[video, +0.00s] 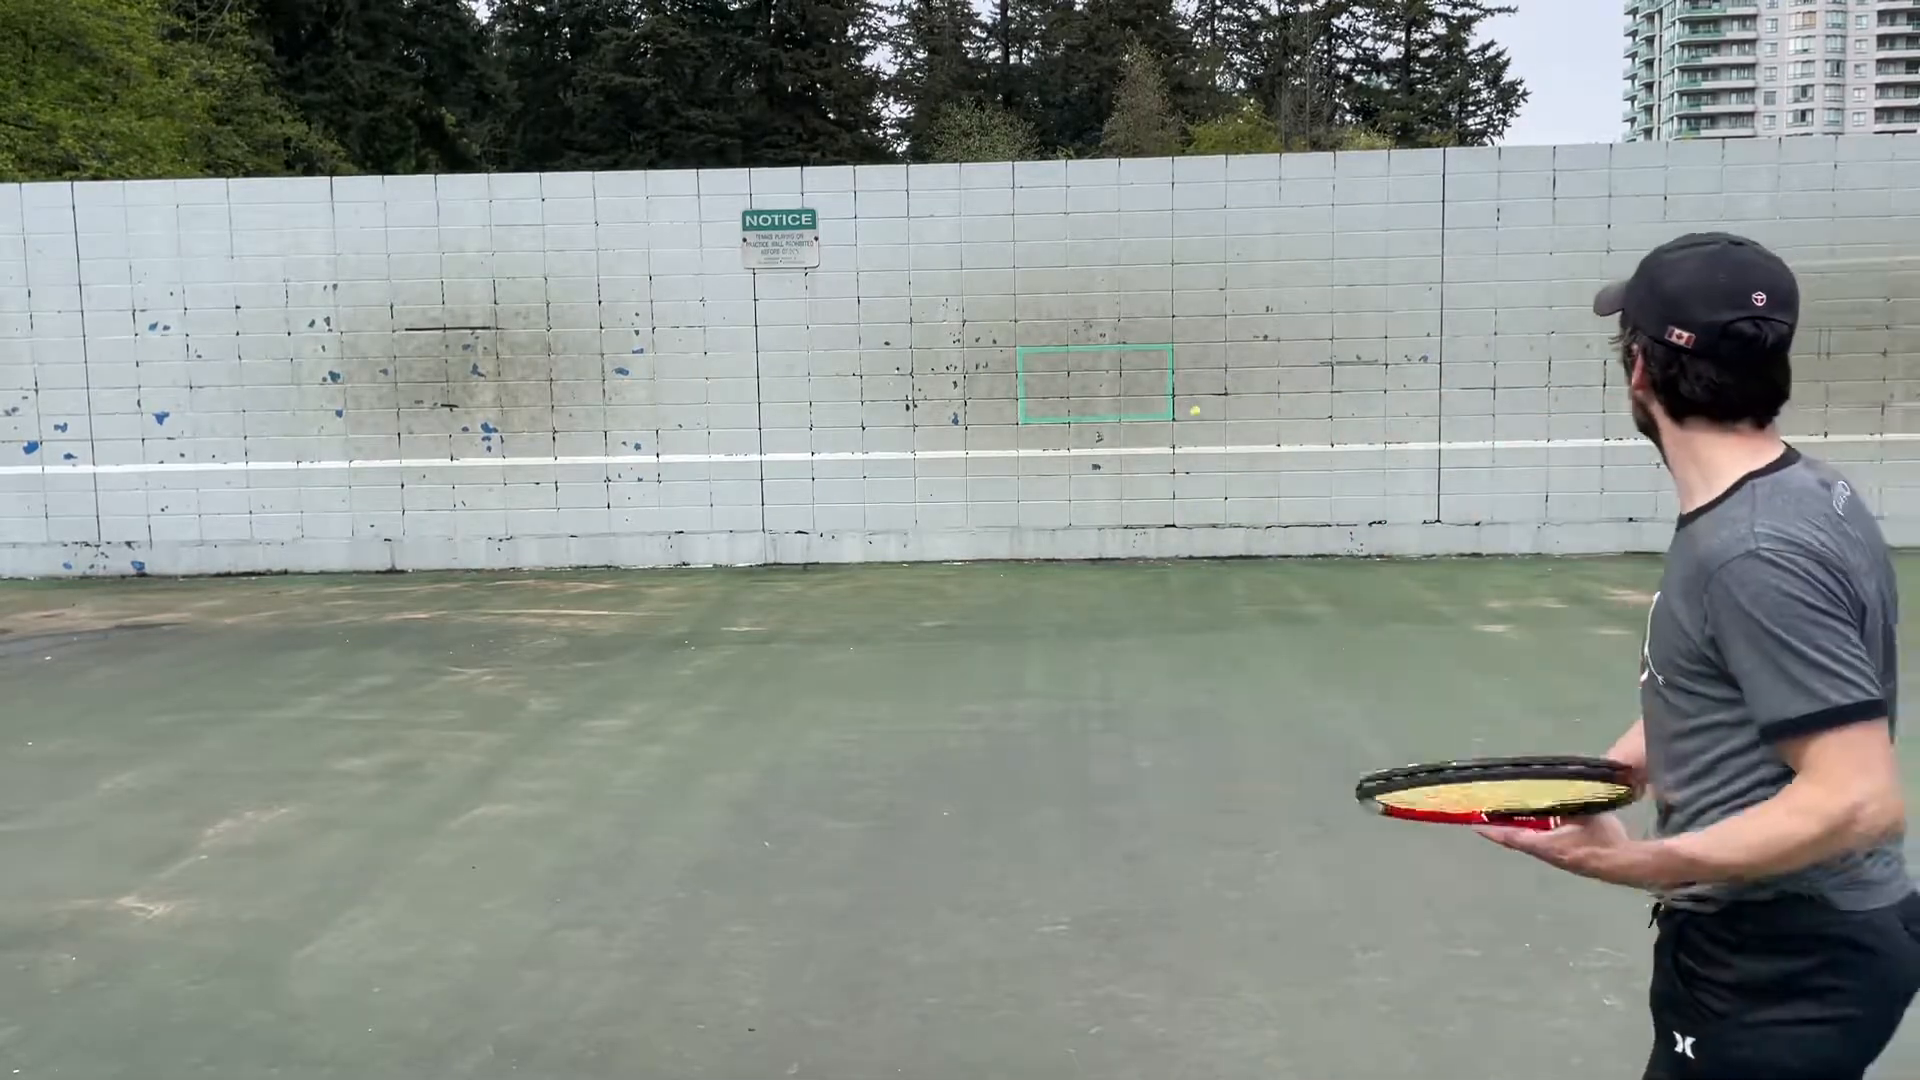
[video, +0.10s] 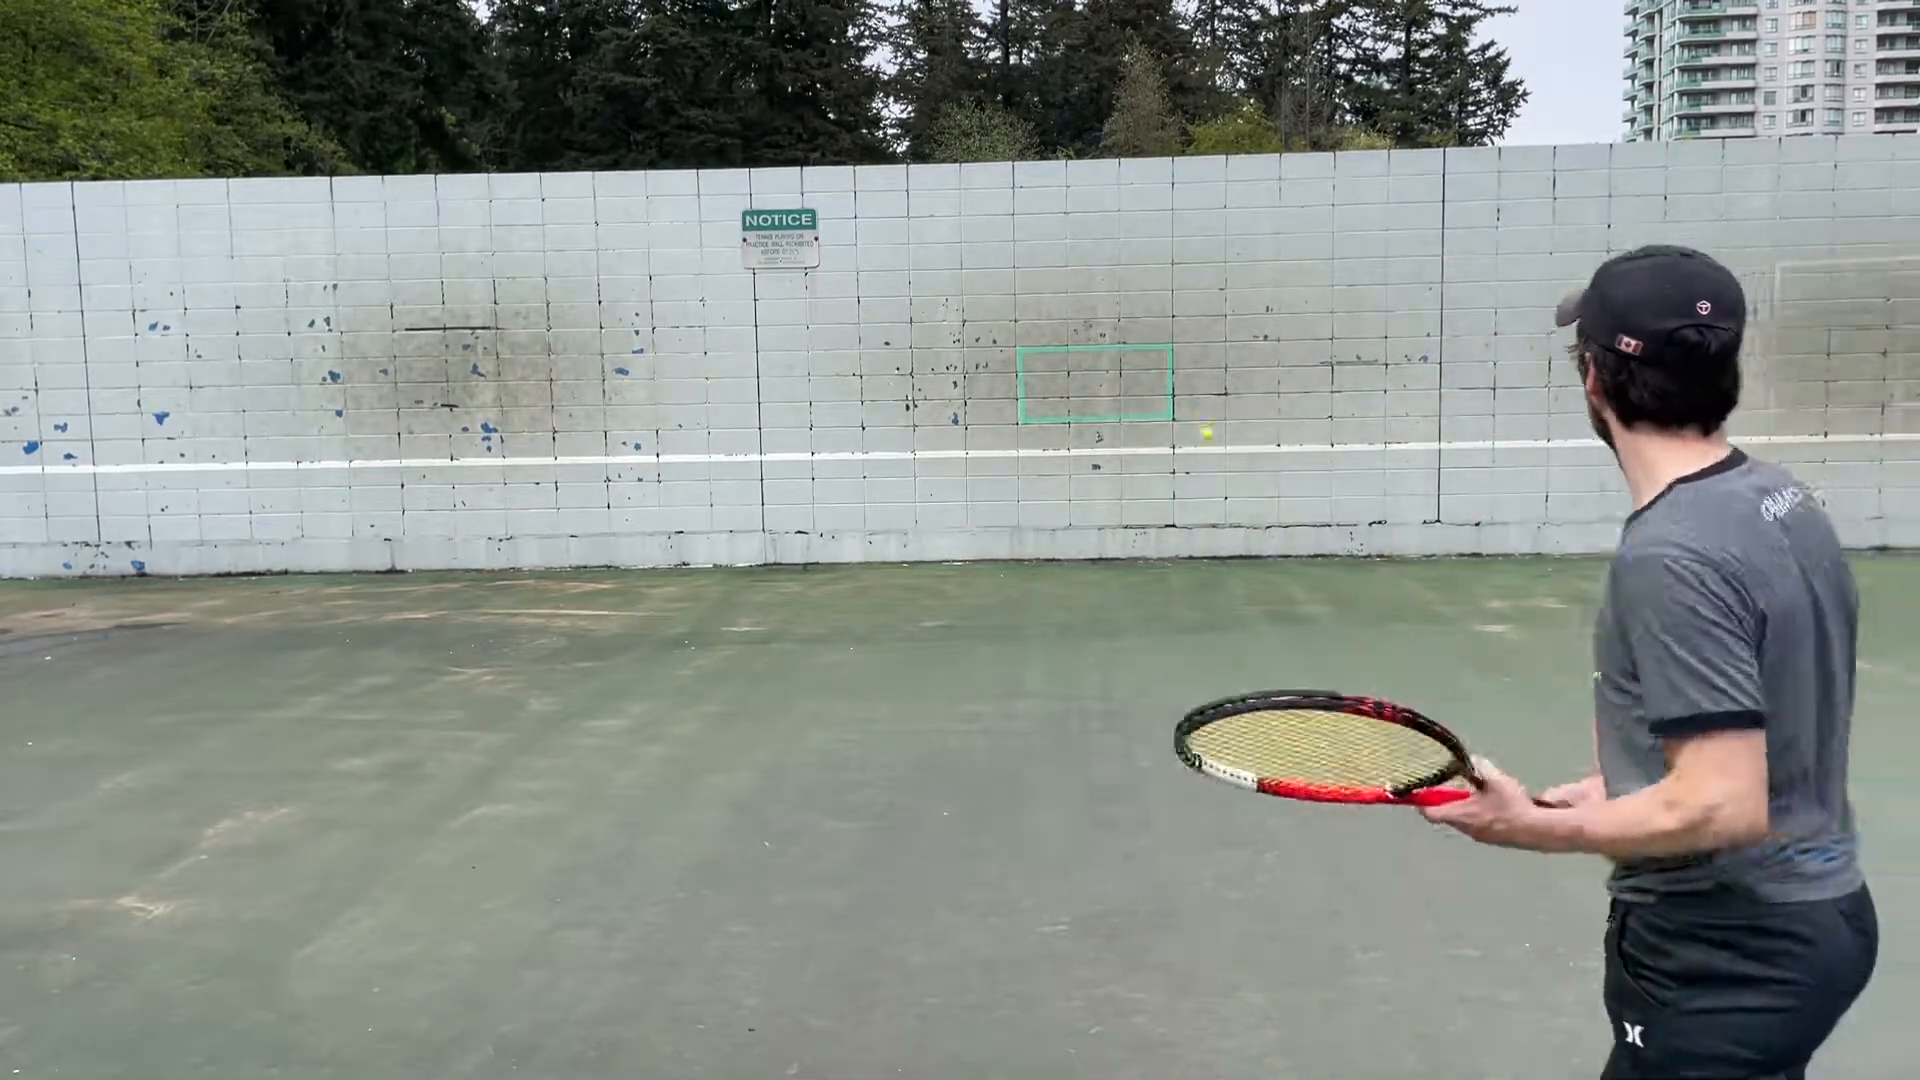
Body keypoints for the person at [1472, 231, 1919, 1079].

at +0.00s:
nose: (1625, 366)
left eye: (1627, 348)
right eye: (1626, 346)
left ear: (1645, 373)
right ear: (1771, 369)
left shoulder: (1754, 551)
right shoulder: (1811, 496)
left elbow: (1860, 800)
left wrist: (1645, 862)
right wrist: (1612, 775)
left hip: (1776, 969)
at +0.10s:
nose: (1579, 374)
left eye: (1581, 357)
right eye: (1580, 355)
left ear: (1601, 379)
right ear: (1721, 369)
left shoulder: (1671, 553)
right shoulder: (1782, 507)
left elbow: (1727, 808)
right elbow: (1769, 730)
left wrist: (1536, 823)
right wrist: (1607, 789)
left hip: (1718, 955)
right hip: (1808, 925)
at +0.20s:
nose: (1541, 385)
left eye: (1543, 367)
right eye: (1544, 364)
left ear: (1559, 384)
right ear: (1678, 376)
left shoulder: (1580, 557)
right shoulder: (1754, 517)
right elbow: (1796, 714)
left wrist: (1456, 786)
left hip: (1649, 944)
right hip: (1766, 919)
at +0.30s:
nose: (1506, 387)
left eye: (1507, 373)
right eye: (1509, 370)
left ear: (1520, 391)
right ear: (1636, 390)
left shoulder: (1492, 558)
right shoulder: (1722, 539)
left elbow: (1455, 774)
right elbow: (1769, 732)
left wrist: (1405, 745)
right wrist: (1640, 748)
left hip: (1570, 930)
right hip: (1703, 918)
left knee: (1588, 1064)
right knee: (1626, 1057)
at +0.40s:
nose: (1476, 390)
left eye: (1478, 379)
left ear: (1488, 401)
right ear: (1604, 407)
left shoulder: (1429, 548)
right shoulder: (1678, 549)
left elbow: (1389, 741)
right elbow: (1721, 748)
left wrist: (1448, 710)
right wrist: (1599, 756)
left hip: (1494, 922)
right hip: (1633, 920)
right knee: (1549, 1067)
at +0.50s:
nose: (1453, 386)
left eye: (1454, 376)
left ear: (1458, 393)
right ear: (1572, 404)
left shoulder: (1385, 528)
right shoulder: (1633, 542)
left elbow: (1358, 696)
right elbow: (1672, 742)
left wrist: (1462, 684)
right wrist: (1552, 745)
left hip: (1429, 898)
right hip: (1573, 901)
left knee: (1366, 1068)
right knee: (1509, 1071)